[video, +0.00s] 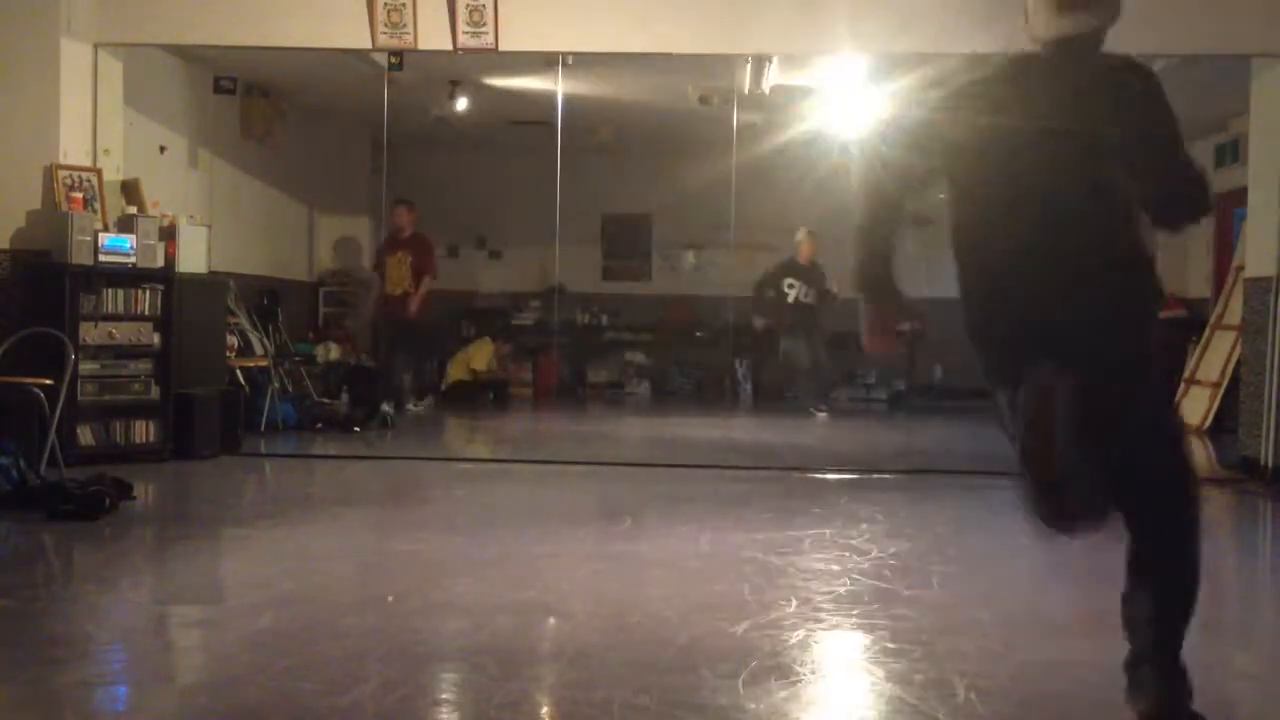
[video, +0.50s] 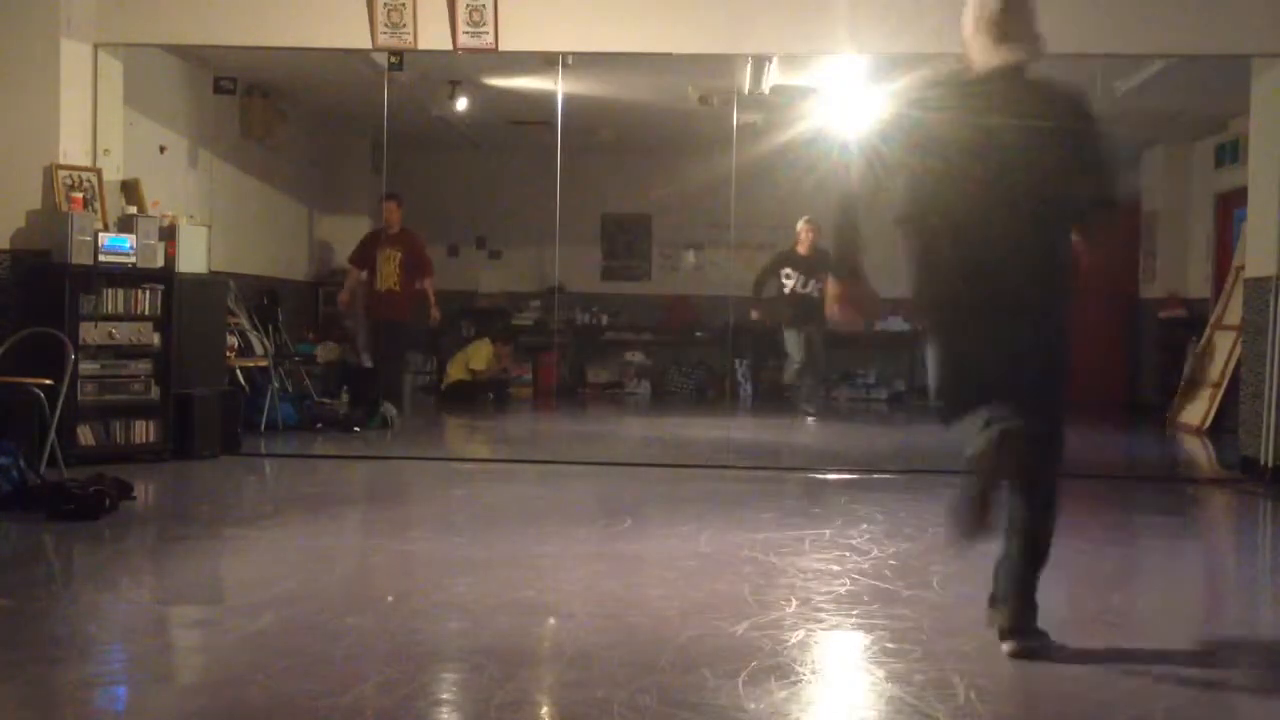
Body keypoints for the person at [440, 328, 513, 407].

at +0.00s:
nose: (506, 353)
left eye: (509, 350)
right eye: (507, 349)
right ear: (500, 343)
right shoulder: (485, 346)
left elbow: (493, 371)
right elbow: (479, 375)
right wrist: (502, 376)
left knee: (500, 380)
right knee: (499, 383)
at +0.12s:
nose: (508, 353)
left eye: (510, 349)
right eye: (507, 349)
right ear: (500, 344)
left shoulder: (491, 351)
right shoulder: (484, 347)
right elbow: (479, 375)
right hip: (456, 384)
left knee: (501, 383)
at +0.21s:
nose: (508, 353)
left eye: (509, 350)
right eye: (508, 349)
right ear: (500, 345)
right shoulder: (484, 347)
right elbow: (479, 375)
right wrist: (501, 365)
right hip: (456, 384)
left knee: (501, 383)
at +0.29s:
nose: (508, 353)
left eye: (510, 350)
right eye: (508, 350)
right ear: (500, 345)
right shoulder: (483, 347)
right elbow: (478, 376)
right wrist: (500, 366)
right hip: (455, 385)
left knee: (501, 381)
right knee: (499, 383)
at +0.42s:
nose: (508, 353)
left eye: (509, 350)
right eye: (508, 349)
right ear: (500, 345)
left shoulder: (491, 350)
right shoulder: (483, 347)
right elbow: (478, 376)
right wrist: (500, 366)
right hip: (455, 384)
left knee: (501, 381)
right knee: (499, 383)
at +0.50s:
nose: (508, 353)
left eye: (509, 350)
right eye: (507, 349)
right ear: (500, 345)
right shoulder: (483, 347)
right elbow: (478, 376)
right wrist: (500, 368)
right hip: (455, 385)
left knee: (501, 381)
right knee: (499, 383)